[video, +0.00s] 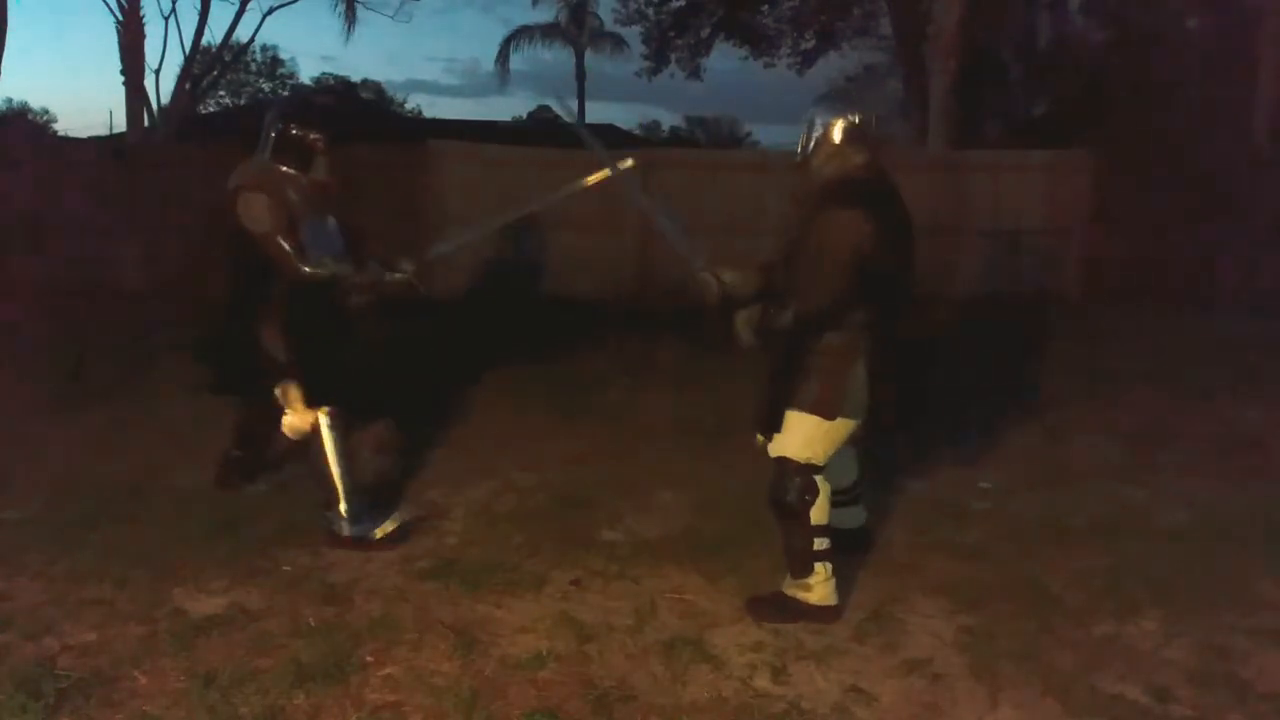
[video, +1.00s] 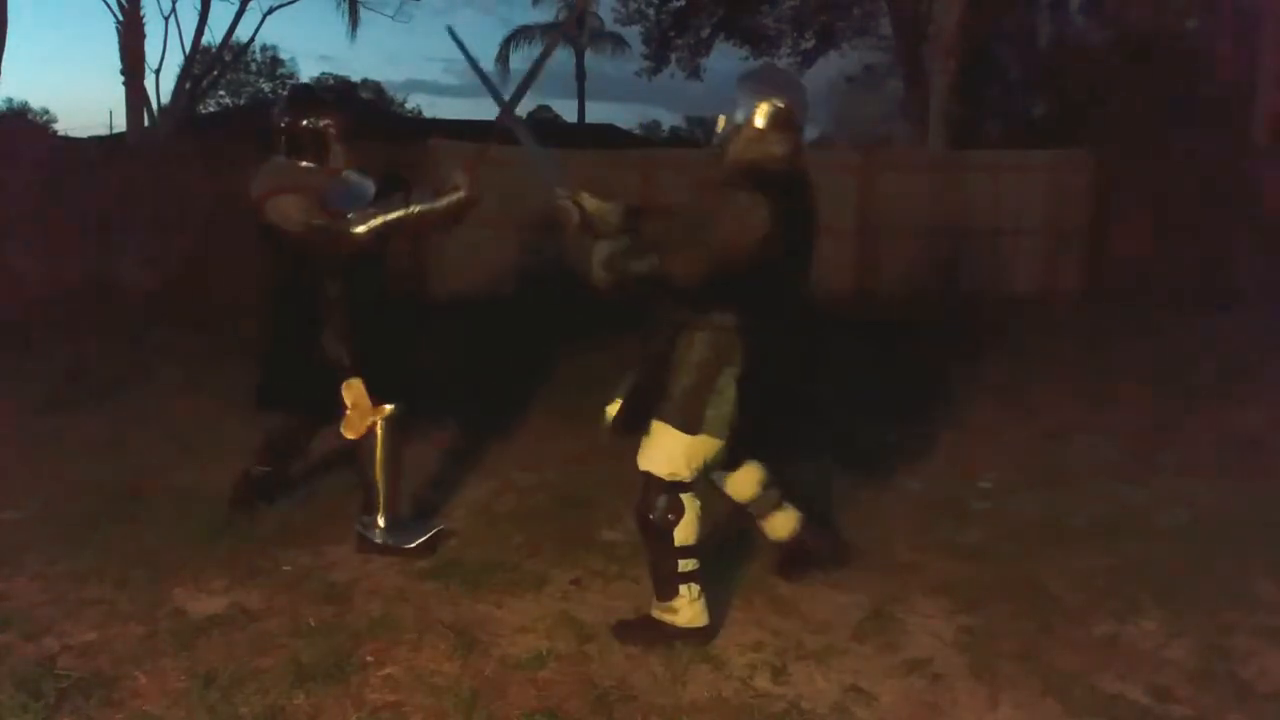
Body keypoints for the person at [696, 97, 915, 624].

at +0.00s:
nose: (807, 160)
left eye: (814, 149)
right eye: (809, 149)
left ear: (835, 150)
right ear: (858, 151)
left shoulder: (844, 208)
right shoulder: (869, 199)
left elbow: (822, 291)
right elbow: (803, 266)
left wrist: (770, 318)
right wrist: (749, 283)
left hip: (833, 353)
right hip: (853, 345)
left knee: (795, 467)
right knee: (831, 442)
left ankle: (811, 588)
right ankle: (849, 527)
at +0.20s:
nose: (804, 147)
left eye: (812, 136)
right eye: (807, 135)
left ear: (833, 138)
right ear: (860, 140)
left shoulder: (840, 198)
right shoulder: (867, 189)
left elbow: (803, 277)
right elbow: (798, 258)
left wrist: (732, 294)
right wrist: (739, 270)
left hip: (834, 343)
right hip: (851, 338)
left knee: (792, 466)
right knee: (826, 433)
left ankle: (810, 590)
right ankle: (847, 523)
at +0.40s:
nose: (802, 139)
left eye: (811, 128)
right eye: (807, 127)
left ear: (830, 132)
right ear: (864, 134)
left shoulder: (833, 191)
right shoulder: (872, 187)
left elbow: (789, 256)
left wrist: (719, 257)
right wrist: (729, 248)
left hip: (820, 340)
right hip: (849, 335)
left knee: (789, 475)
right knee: (824, 454)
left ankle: (810, 591)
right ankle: (850, 561)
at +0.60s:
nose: (795, 147)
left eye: (803, 137)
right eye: (802, 137)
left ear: (818, 140)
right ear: (851, 143)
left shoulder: (824, 190)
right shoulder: (852, 188)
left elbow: (760, 236)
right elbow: (765, 229)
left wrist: (691, 225)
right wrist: (702, 222)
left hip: (799, 337)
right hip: (827, 335)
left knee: (732, 455)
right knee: (800, 455)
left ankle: (736, 597)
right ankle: (843, 567)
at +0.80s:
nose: (771, 167)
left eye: (781, 159)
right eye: (778, 157)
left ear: (791, 165)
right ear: (823, 166)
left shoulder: (791, 212)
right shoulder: (823, 208)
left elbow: (731, 260)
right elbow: (729, 241)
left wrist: (655, 258)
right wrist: (655, 231)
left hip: (755, 350)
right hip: (794, 347)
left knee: (676, 471)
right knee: (767, 465)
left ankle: (681, 609)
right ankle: (841, 567)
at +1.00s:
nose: (743, 138)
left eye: (755, 126)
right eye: (745, 125)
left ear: (773, 132)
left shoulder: (763, 194)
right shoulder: (760, 182)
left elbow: (700, 262)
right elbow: (691, 227)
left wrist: (624, 260)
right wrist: (618, 219)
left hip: (722, 340)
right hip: (731, 332)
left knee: (665, 473)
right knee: (715, 449)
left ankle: (680, 611)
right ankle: (797, 537)